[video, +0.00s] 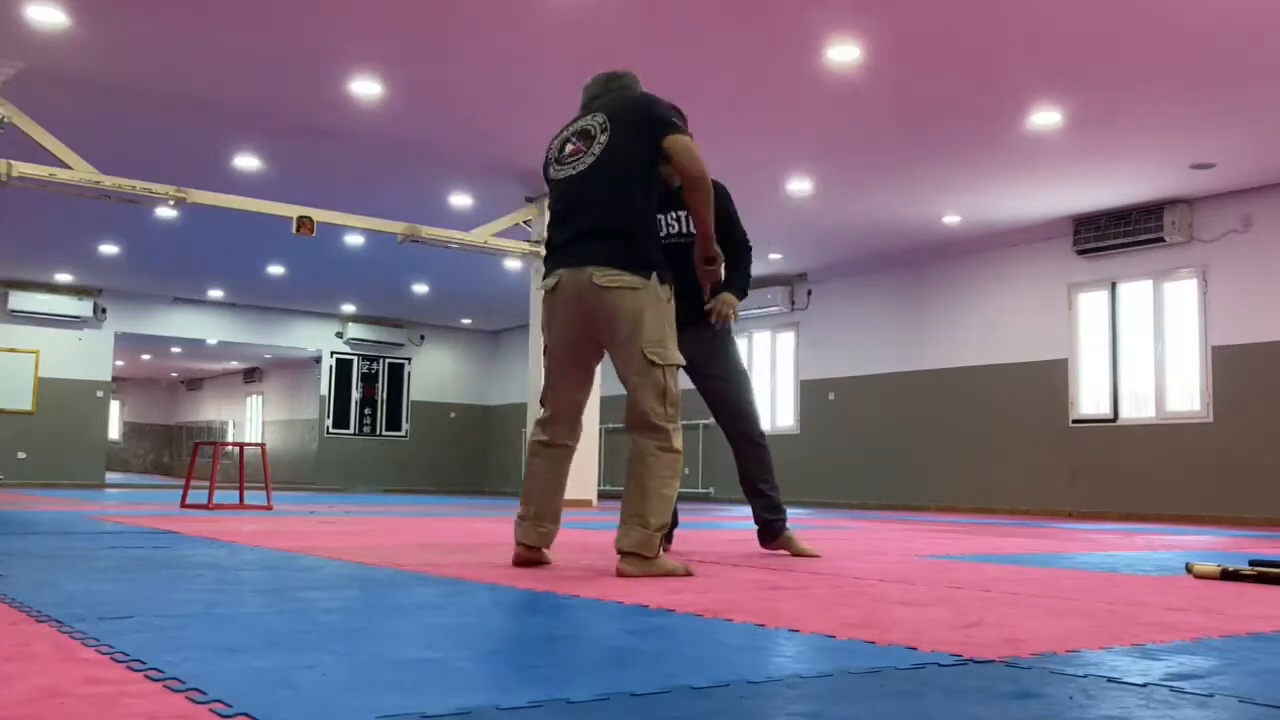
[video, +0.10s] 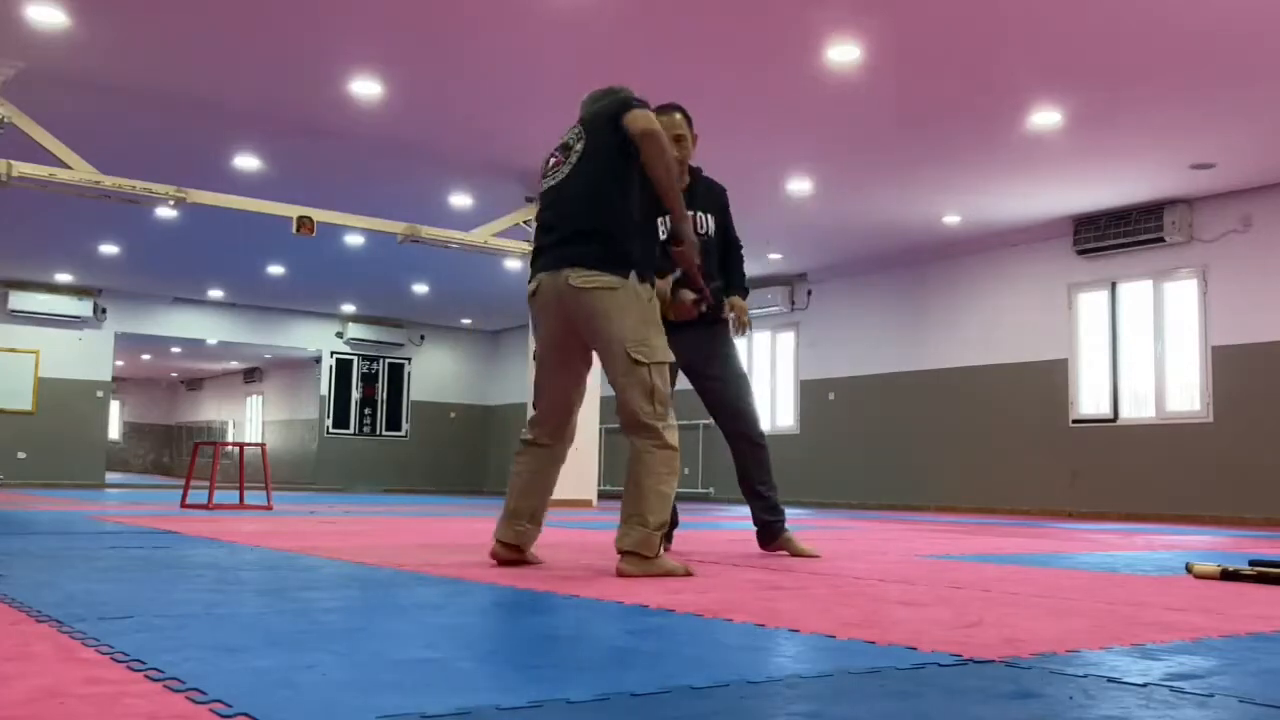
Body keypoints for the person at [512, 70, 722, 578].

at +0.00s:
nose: (644, 93)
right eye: (641, 88)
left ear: (586, 100)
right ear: (633, 89)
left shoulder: (559, 142)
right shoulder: (648, 107)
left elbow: (569, 211)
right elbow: (694, 171)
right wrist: (707, 244)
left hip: (563, 284)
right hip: (631, 282)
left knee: (557, 418)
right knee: (655, 420)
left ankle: (530, 540)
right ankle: (641, 550)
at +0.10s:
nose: (649, 117)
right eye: (644, 113)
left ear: (585, 113)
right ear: (625, 104)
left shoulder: (560, 157)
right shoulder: (619, 104)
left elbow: (599, 249)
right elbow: (649, 131)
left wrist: (666, 302)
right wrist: (682, 227)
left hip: (548, 289)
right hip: (609, 284)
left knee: (548, 424)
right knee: (652, 425)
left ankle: (511, 539)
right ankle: (641, 551)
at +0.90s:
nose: (598, 95)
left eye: (597, 87)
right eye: (597, 86)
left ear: (538, 77)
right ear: (587, 83)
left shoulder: (493, 130)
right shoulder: (585, 113)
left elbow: (461, 224)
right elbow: (612, 207)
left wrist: (516, 241)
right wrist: (622, 284)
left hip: (490, 292)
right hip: (547, 291)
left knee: (524, 417)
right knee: (563, 424)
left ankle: (513, 545)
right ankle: (501, 549)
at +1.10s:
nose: (603, 142)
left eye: (606, 132)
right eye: (605, 128)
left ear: (575, 113)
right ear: (592, 115)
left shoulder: (555, 169)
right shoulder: (549, 125)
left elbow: (584, 263)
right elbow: (532, 187)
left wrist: (617, 216)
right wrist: (583, 260)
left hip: (515, 303)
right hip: (520, 302)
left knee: (529, 422)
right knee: (552, 422)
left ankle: (522, 526)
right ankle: (501, 550)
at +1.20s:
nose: (620, 174)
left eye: (623, 165)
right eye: (621, 161)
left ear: (593, 150)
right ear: (601, 147)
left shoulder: (582, 220)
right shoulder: (542, 153)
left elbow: (639, 273)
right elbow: (495, 195)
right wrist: (553, 256)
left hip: (528, 321)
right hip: (498, 308)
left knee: (556, 419)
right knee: (520, 416)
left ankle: (533, 535)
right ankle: (495, 547)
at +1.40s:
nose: (631, 185)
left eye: (635, 177)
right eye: (629, 172)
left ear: (607, 164)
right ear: (605, 157)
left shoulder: (595, 231)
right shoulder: (537, 168)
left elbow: (641, 289)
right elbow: (467, 202)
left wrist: (689, 232)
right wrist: (509, 251)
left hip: (532, 334)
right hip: (485, 314)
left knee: (572, 431)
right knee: (505, 407)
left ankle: (526, 537)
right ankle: (450, 544)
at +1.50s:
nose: (631, 185)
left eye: (635, 177)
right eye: (629, 171)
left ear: (605, 165)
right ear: (603, 158)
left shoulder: (593, 232)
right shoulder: (535, 171)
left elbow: (640, 292)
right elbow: (463, 204)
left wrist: (687, 241)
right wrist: (502, 255)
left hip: (529, 336)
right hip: (482, 316)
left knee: (572, 430)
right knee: (501, 411)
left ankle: (527, 537)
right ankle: (449, 544)